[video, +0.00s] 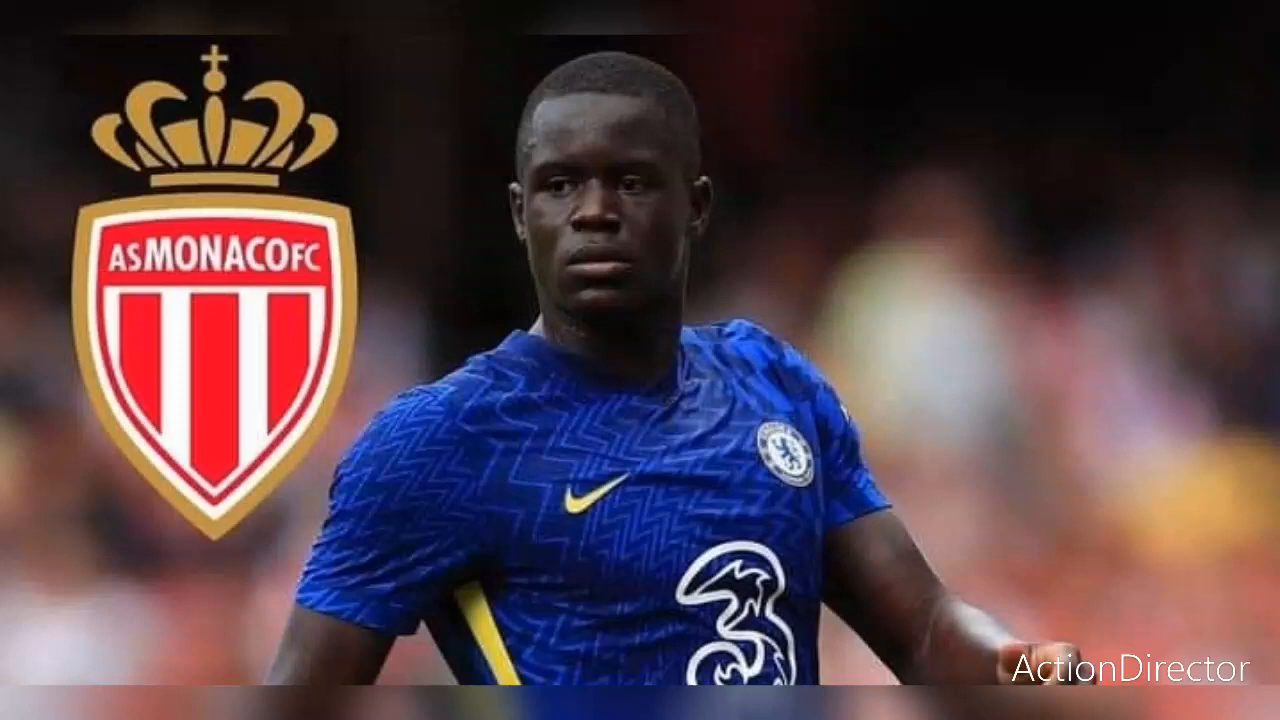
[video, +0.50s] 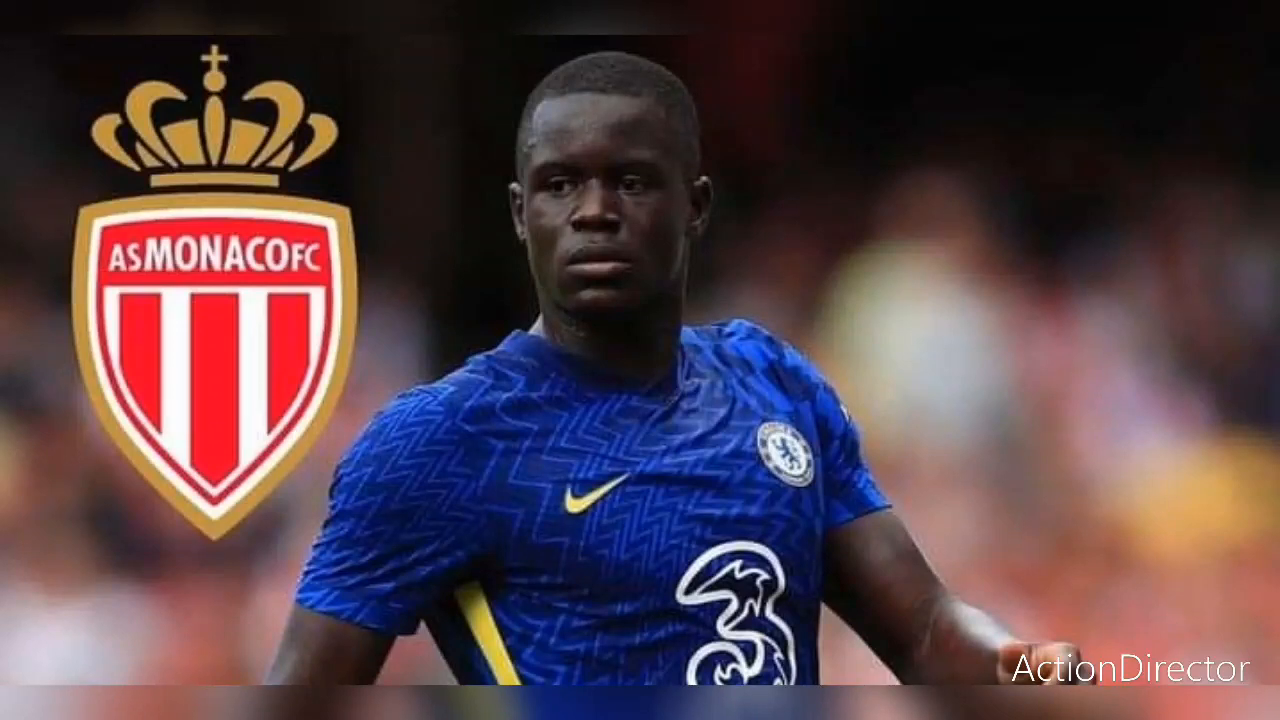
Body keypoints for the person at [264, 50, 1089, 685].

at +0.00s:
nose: (595, 210)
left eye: (633, 178)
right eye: (560, 181)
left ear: (697, 208)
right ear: (522, 214)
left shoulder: (771, 385)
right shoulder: (433, 444)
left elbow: (921, 627)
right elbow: (302, 690)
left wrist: (1020, 676)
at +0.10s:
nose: (596, 209)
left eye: (633, 178)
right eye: (560, 180)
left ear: (697, 208)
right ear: (523, 215)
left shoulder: (771, 385)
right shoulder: (433, 445)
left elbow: (921, 626)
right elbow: (301, 691)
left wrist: (1020, 675)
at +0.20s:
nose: (596, 209)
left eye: (633, 178)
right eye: (560, 181)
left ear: (697, 208)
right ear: (523, 215)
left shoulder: (771, 385)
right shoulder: (433, 445)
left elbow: (921, 626)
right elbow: (301, 691)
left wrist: (1019, 675)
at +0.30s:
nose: (595, 209)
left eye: (633, 178)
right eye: (560, 181)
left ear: (697, 208)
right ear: (523, 215)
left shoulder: (771, 385)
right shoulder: (433, 444)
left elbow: (921, 626)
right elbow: (301, 691)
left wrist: (1018, 675)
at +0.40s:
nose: (595, 210)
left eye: (633, 178)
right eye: (560, 182)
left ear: (697, 208)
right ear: (523, 215)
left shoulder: (771, 385)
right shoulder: (434, 444)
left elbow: (921, 626)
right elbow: (300, 691)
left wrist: (1022, 673)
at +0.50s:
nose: (595, 209)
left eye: (633, 178)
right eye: (560, 181)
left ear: (697, 208)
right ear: (523, 215)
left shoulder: (771, 385)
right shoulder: (433, 445)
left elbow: (921, 626)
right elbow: (300, 692)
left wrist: (1021, 673)